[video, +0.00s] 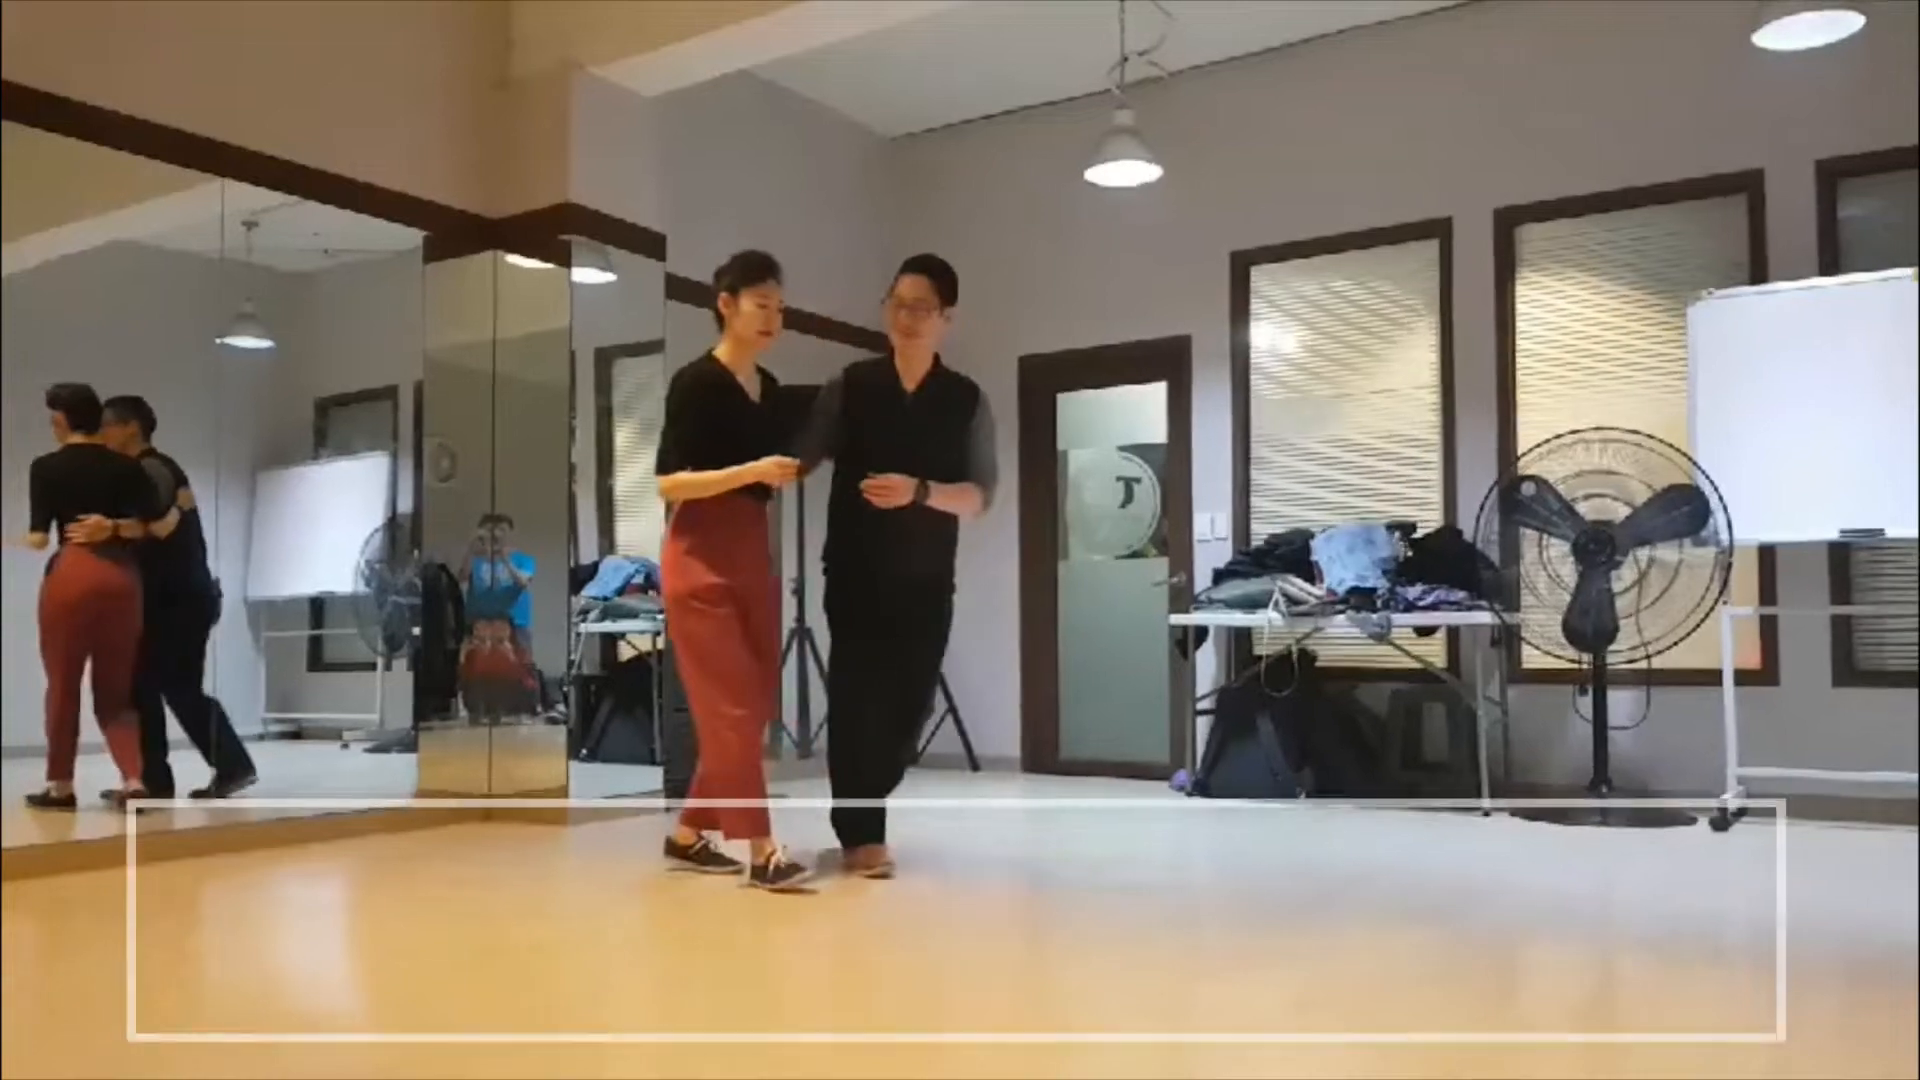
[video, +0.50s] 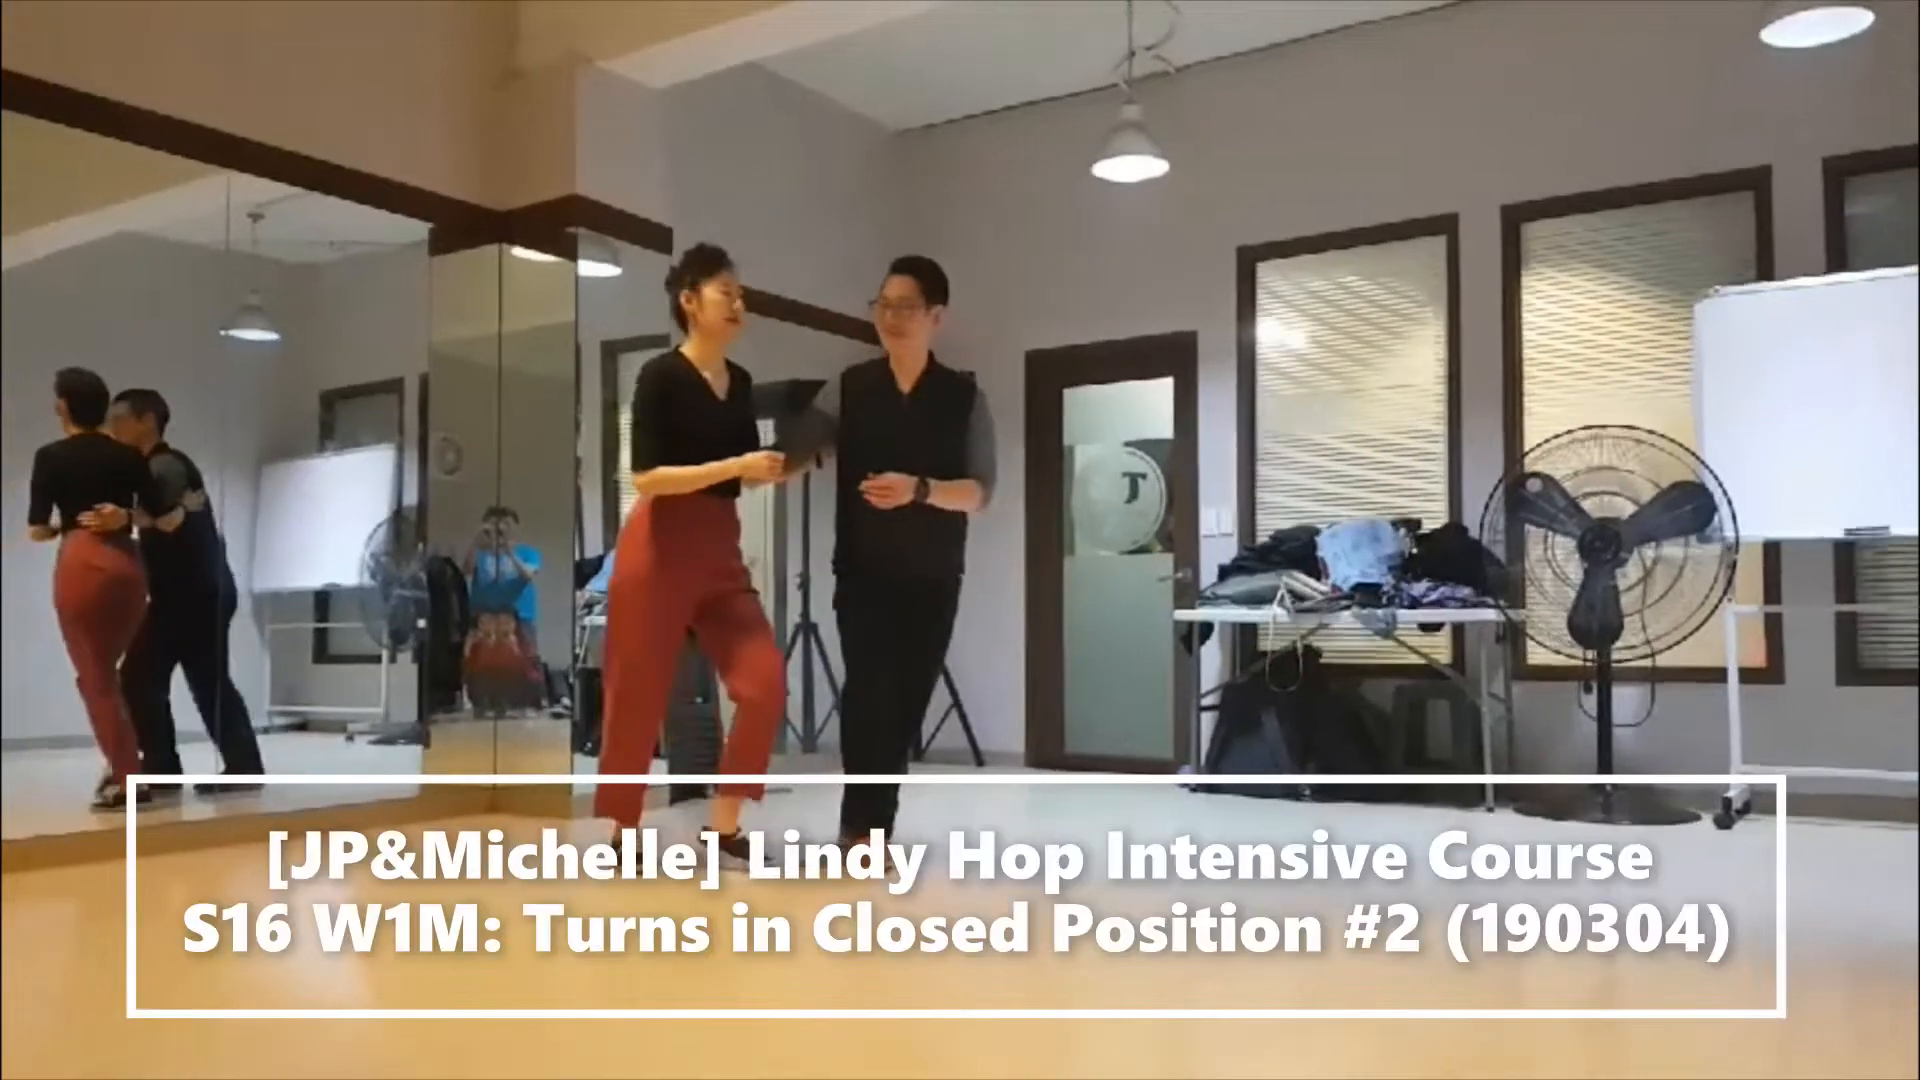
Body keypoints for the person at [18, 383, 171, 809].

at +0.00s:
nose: (51, 425)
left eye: (52, 419)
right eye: (52, 419)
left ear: (61, 421)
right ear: (96, 419)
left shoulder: (47, 467)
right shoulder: (124, 464)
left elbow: (39, 539)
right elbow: (161, 525)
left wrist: (22, 538)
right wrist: (180, 502)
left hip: (71, 570)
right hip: (122, 570)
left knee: (63, 685)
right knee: (115, 695)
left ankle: (60, 785)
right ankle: (134, 779)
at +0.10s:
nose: (59, 419)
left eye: (61, 412)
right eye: (61, 412)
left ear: (70, 416)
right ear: (103, 414)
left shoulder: (54, 462)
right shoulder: (132, 460)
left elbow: (46, 535)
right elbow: (172, 522)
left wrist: (35, 531)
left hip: (79, 566)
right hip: (129, 566)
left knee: (67, 682)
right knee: (123, 685)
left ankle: (71, 780)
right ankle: (133, 780)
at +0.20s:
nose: (63, 412)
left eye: (65, 406)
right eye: (65, 405)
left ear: (73, 409)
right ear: (110, 407)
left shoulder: (56, 456)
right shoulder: (136, 455)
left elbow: (51, 527)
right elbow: (172, 515)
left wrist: (42, 525)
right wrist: (130, 513)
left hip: (82, 565)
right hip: (132, 564)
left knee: (73, 686)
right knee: (125, 684)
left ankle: (97, 769)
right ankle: (132, 777)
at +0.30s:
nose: (64, 406)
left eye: (65, 400)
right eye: (67, 399)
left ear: (72, 404)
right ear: (110, 402)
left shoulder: (55, 451)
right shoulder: (134, 450)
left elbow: (49, 523)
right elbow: (168, 510)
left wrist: (43, 524)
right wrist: (128, 509)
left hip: (81, 561)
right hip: (131, 560)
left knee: (86, 682)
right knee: (124, 678)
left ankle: (126, 771)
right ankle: (128, 778)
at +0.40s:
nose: (63, 405)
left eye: (64, 399)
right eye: (66, 398)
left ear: (71, 403)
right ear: (109, 402)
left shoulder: (53, 451)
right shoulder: (132, 449)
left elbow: (45, 523)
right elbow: (162, 510)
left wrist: (75, 512)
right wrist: (131, 509)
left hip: (82, 561)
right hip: (130, 560)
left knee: (95, 676)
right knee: (121, 673)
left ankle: (127, 775)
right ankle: (129, 774)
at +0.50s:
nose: (55, 408)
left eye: (56, 402)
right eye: (58, 402)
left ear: (63, 407)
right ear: (102, 405)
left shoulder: (51, 457)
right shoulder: (127, 454)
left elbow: (39, 530)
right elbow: (162, 519)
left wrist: (70, 520)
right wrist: (127, 515)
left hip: (78, 561)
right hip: (127, 563)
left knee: (94, 678)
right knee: (105, 672)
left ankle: (128, 776)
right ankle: (123, 767)